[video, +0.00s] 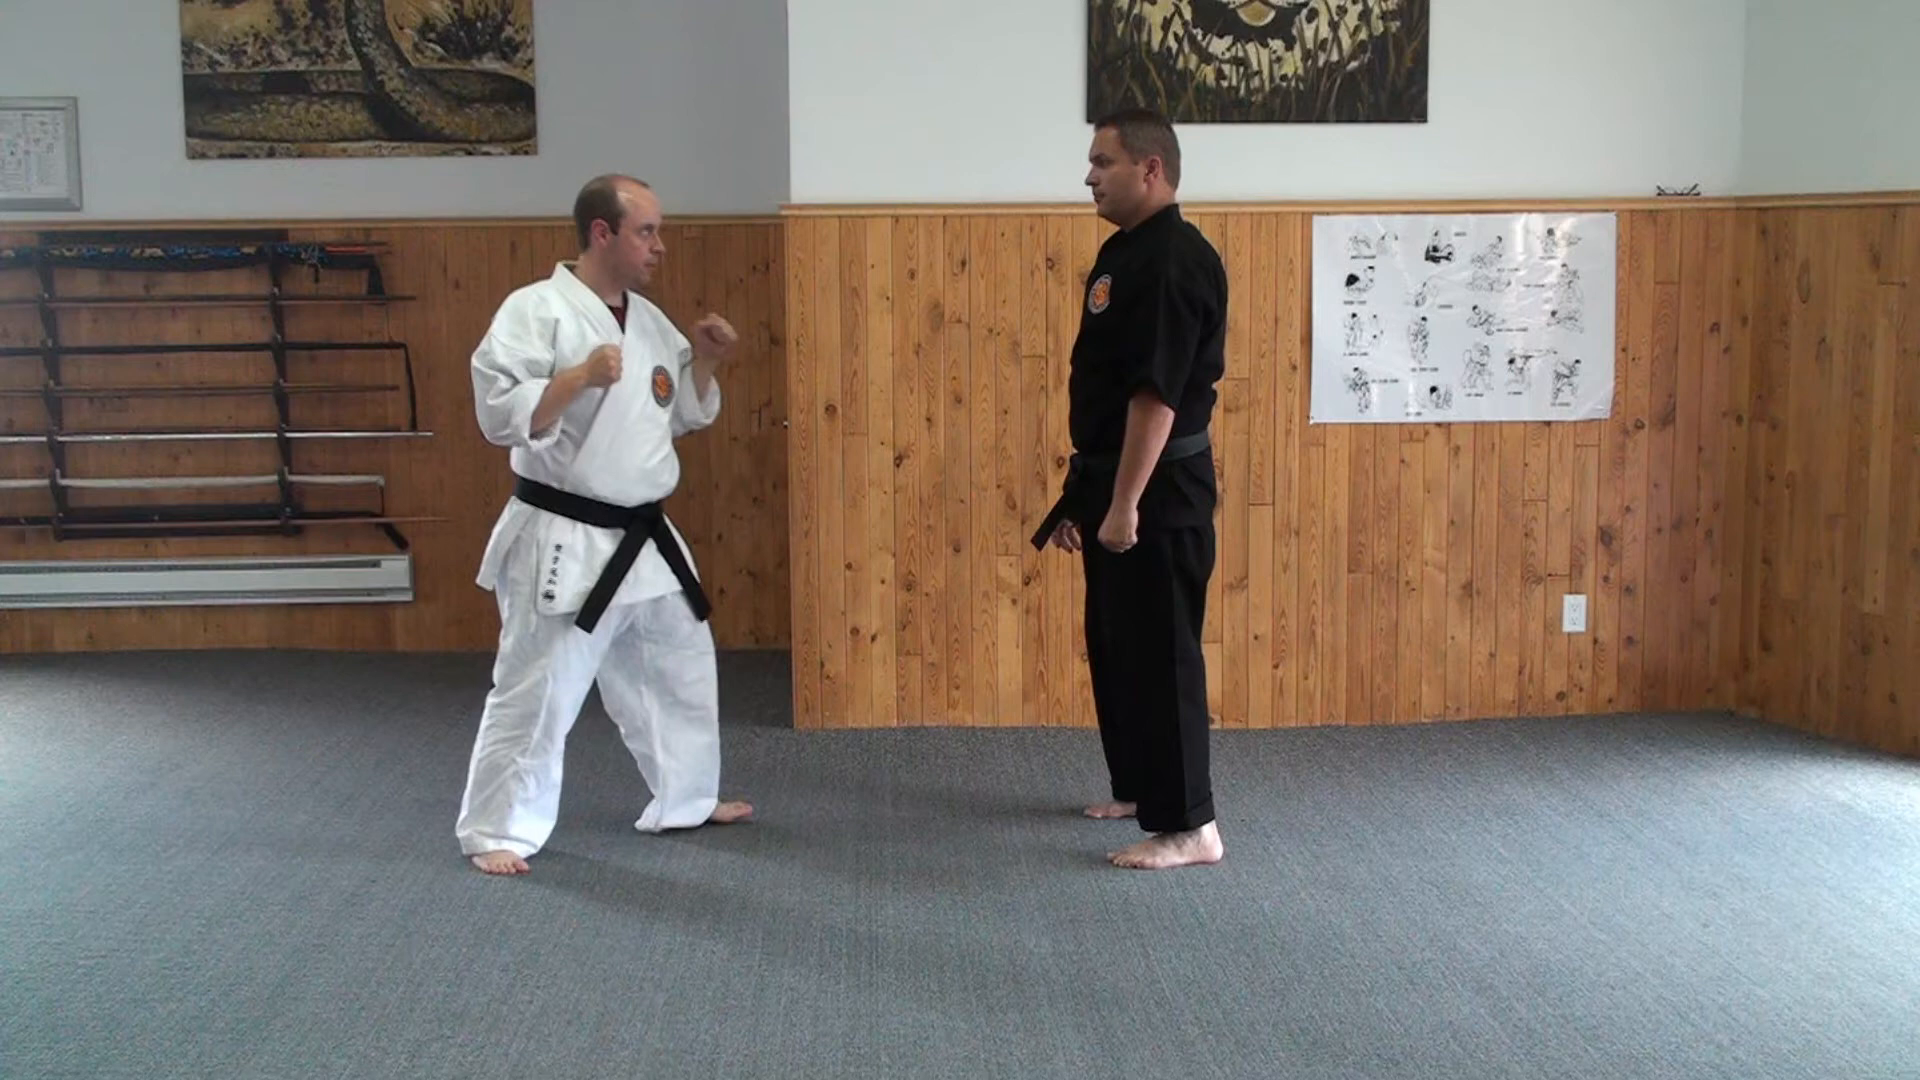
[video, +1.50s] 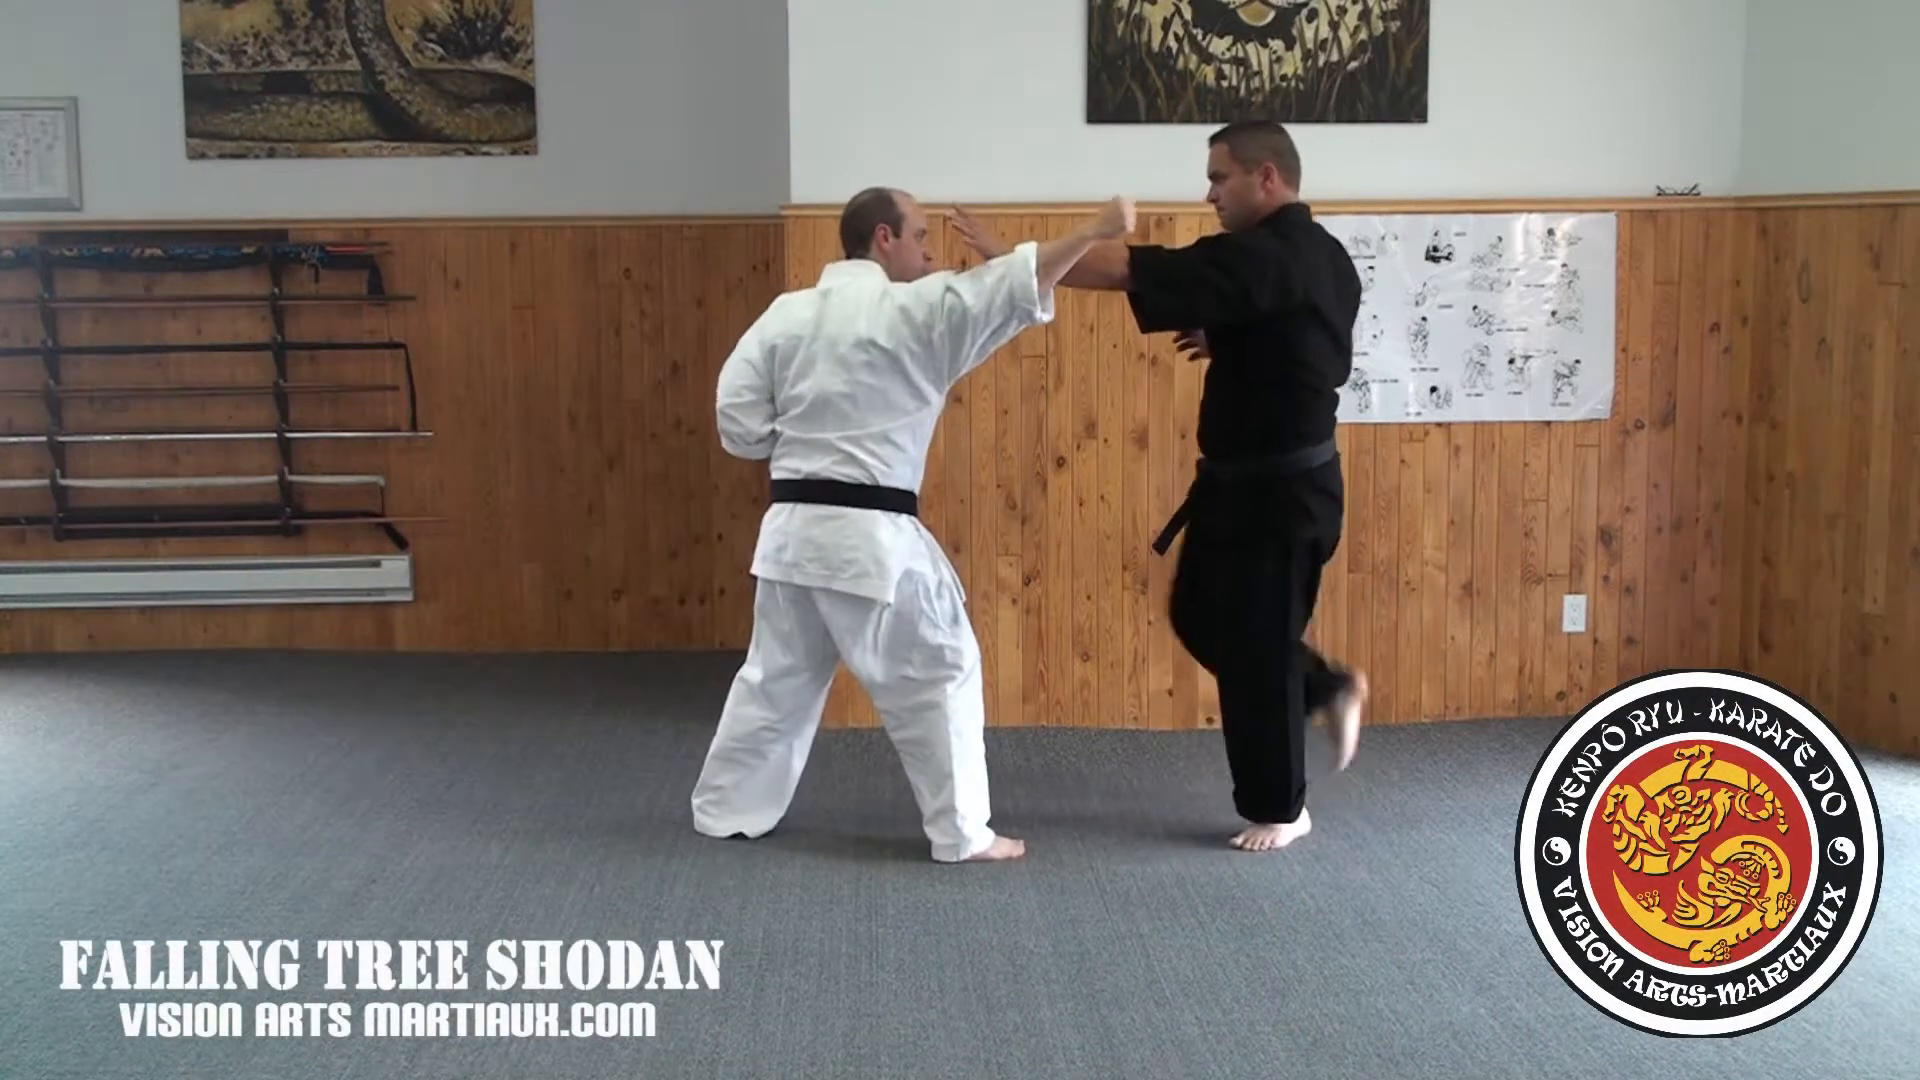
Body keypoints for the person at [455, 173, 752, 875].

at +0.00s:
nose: (659, 247)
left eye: (661, 233)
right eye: (648, 233)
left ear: (618, 236)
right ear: (600, 233)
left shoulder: (652, 322)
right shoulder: (533, 311)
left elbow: (675, 417)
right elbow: (500, 417)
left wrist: (707, 366)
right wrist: (580, 376)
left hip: (644, 531)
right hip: (562, 530)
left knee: (683, 663)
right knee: (535, 691)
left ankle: (684, 800)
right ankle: (492, 833)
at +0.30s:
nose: (716, 255)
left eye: (717, 241)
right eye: (704, 242)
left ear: (674, 245)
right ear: (660, 243)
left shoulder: (715, 332)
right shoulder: (599, 325)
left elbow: (748, 400)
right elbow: (517, 390)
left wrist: (817, 385)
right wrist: (549, 448)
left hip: (706, 542)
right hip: (629, 538)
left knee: (730, 669)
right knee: (594, 689)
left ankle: (691, 801)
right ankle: (507, 821)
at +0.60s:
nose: (807, 253)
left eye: (807, 240)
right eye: (796, 239)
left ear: (763, 243)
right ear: (756, 241)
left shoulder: (762, 324)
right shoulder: (707, 315)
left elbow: (778, 408)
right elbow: (623, 383)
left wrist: (850, 398)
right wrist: (651, 391)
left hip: (756, 528)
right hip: (733, 531)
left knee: (742, 679)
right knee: (816, 664)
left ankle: (693, 802)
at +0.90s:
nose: (893, 258)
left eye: (891, 244)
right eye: (884, 245)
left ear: (832, 249)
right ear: (847, 247)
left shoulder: (760, 333)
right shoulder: (870, 309)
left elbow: (727, 436)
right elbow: (957, 284)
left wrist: (784, 469)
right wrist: (1026, 238)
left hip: (777, 537)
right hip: (856, 540)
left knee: (782, 669)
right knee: (934, 672)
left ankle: (706, 797)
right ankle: (960, 832)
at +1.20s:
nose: (939, 253)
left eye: (938, 239)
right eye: (932, 239)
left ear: (875, 245)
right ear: (896, 242)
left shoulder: (794, 310)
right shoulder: (932, 305)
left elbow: (740, 417)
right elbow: (1029, 273)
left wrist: (802, 447)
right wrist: (1108, 218)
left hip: (790, 526)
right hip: (876, 533)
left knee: (769, 676)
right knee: (940, 675)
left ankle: (725, 813)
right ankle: (961, 834)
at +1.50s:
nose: (929, 251)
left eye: (928, 237)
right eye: (921, 237)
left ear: (862, 243)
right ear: (885, 240)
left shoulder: (786, 312)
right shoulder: (921, 306)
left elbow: (737, 421)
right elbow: (1014, 279)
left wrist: (799, 447)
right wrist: (1095, 233)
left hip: (788, 529)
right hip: (875, 535)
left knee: (774, 675)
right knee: (941, 672)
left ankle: (723, 812)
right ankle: (962, 834)